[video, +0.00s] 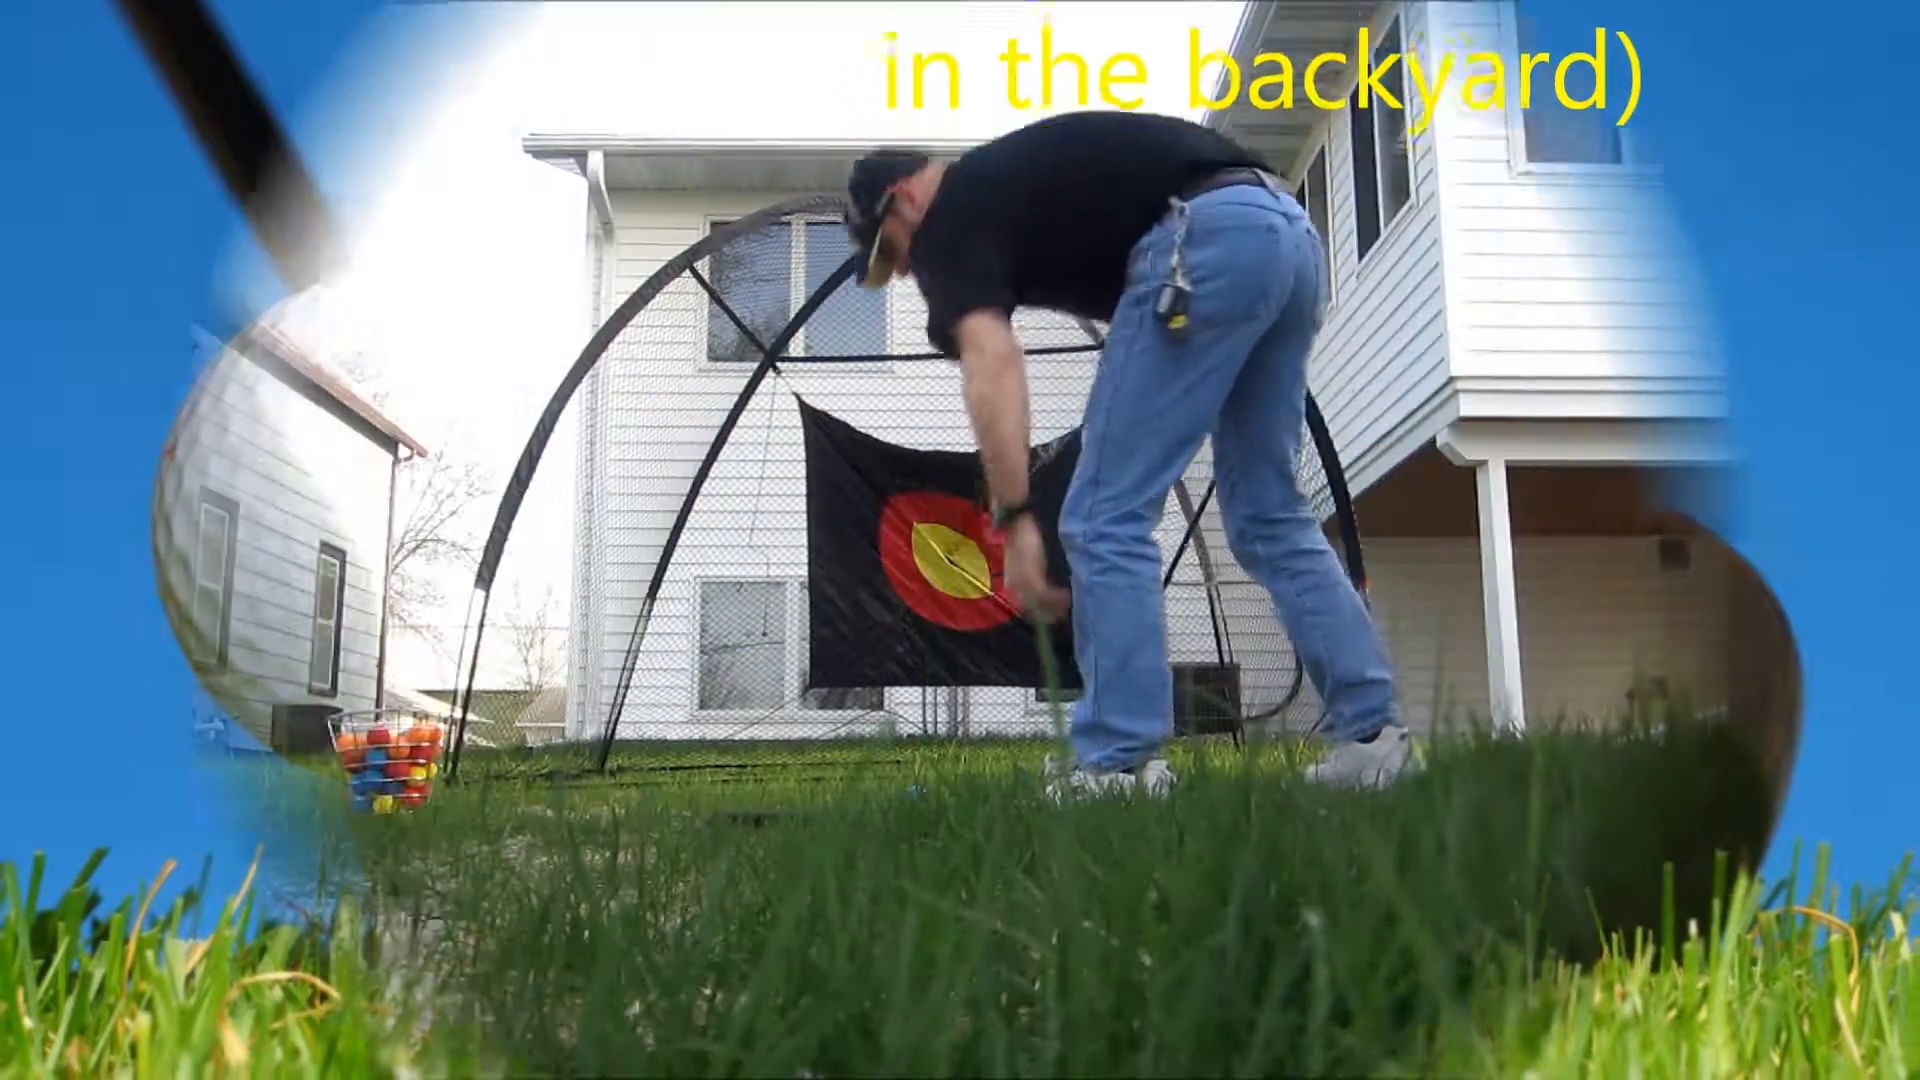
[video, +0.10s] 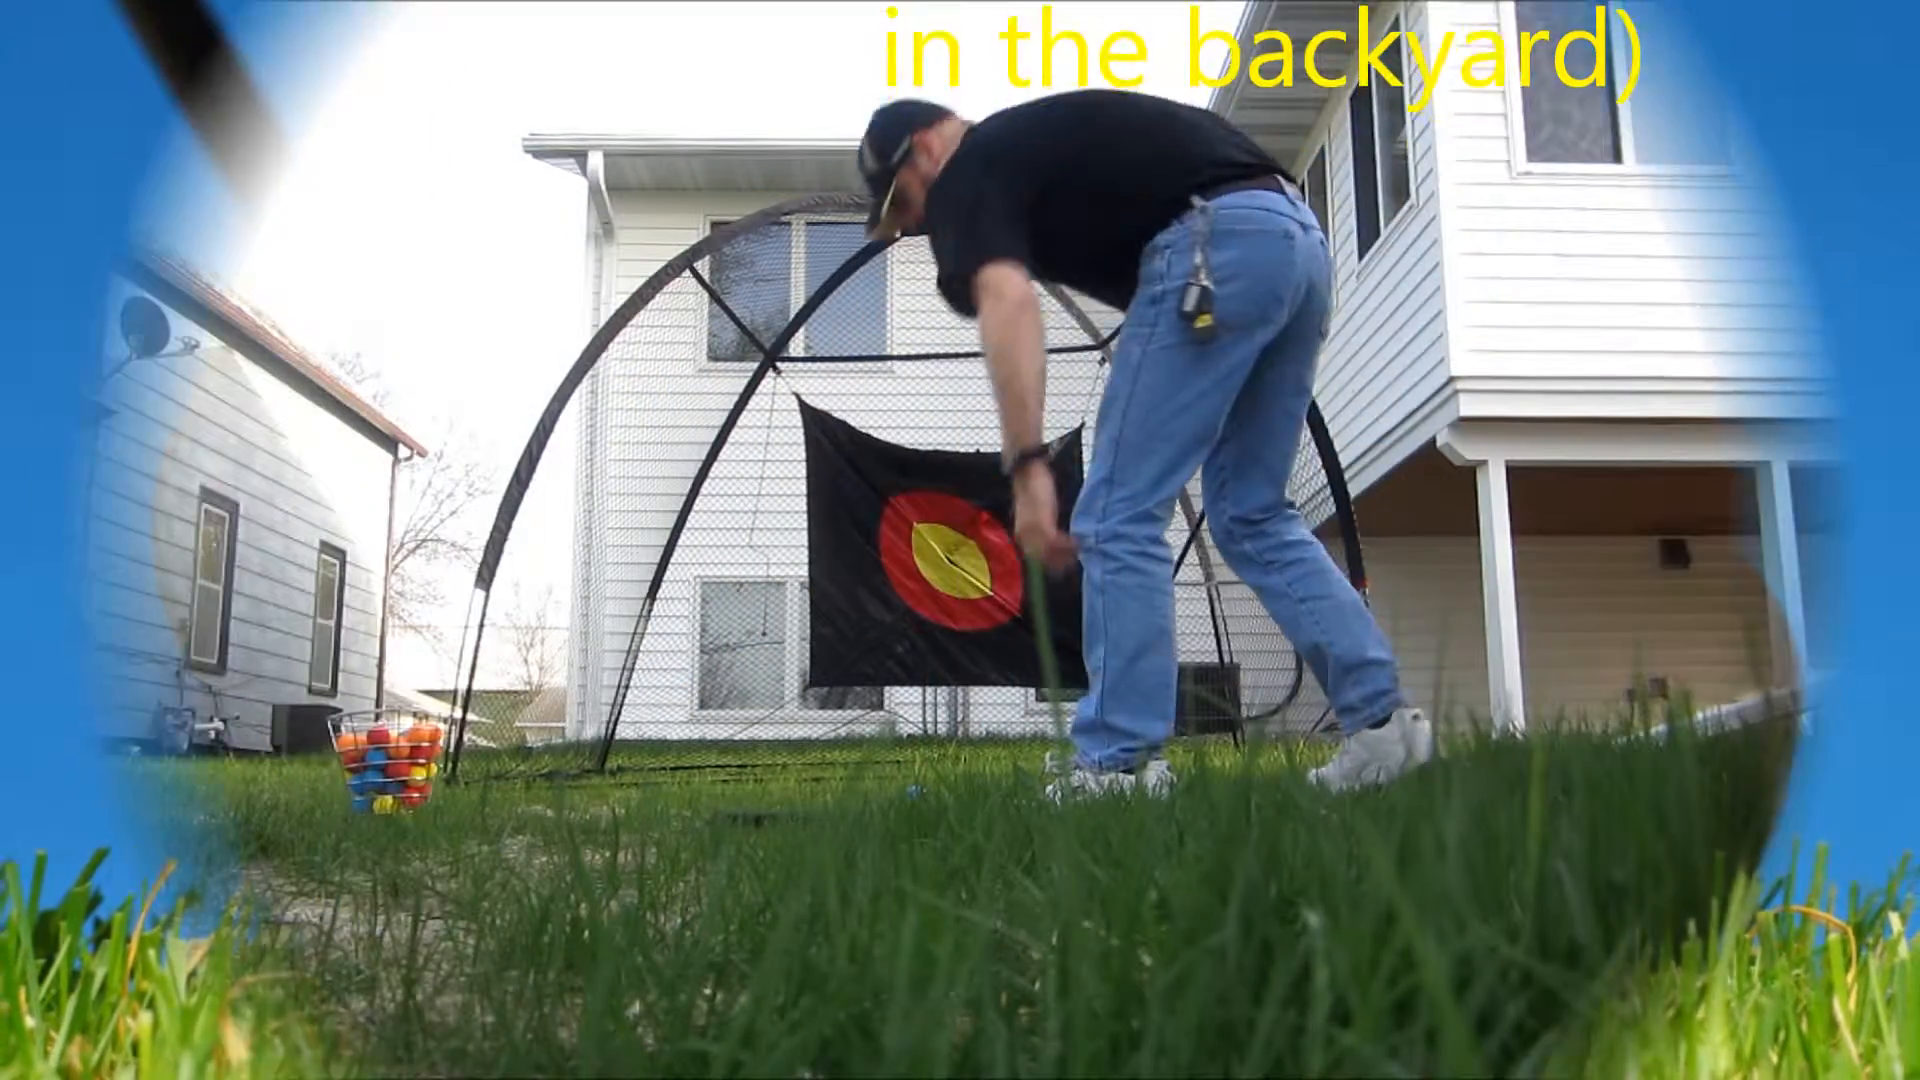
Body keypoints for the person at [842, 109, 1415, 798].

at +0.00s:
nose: (905, 267)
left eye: (893, 247)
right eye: (892, 260)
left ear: (905, 196)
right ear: (927, 183)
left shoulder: (951, 216)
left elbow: (993, 361)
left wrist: (1015, 518)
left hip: (1202, 237)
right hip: (1292, 239)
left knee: (1105, 519)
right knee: (1267, 516)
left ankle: (1116, 760)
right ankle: (1372, 733)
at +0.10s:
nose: (918, 220)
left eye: (907, 200)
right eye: (904, 213)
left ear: (926, 147)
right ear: (949, 135)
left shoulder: (967, 175)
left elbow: (1006, 298)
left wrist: (1026, 464)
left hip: (1212, 239)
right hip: (1302, 241)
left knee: (1118, 518)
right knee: (1249, 513)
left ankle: (1119, 759)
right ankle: (1381, 720)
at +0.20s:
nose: (952, 154)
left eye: (944, 131)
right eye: (940, 143)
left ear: (970, 83)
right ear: (993, 70)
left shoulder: (1009, 117)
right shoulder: (1084, 93)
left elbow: (1058, 227)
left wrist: (1067, 398)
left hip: (1228, 253)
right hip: (1310, 257)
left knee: (1130, 515)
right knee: (1251, 527)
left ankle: (1121, 759)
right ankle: (1390, 725)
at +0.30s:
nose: (985, 110)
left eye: (980, 88)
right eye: (975, 101)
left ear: (1006, 49)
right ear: (1031, 42)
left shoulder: (1053, 82)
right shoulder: (1130, 69)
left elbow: (1108, 186)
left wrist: (1112, 358)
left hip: (1236, 263)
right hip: (1319, 265)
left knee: (1141, 519)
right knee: (1265, 533)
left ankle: (1120, 757)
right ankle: (1396, 737)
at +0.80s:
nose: (1222, 2)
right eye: (1221, 2)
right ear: (1247, 4)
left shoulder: (1341, 4)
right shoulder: (1277, 40)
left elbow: (1437, 86)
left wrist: (1447, 238)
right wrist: (1434, 270)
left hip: (1362, 242)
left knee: (1270, 477)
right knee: (1350, 507)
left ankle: (1287, 734)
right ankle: (1400, 745)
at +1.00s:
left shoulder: (1403, 0)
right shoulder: (1318, 22)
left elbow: (1484, 77)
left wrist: (1473, 234)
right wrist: (1319, 257)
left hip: (1389, 227)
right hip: (1346, 246)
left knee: (1363, 489)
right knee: (1357, 506)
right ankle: (1403, 749)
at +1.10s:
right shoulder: (1331, 18)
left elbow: (1493, 79)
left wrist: (1477, 232)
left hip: (1401, 230)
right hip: (1347, 249)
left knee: (1414, 490)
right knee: (1358, 512)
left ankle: (1588, 704)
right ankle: (1403, 748)